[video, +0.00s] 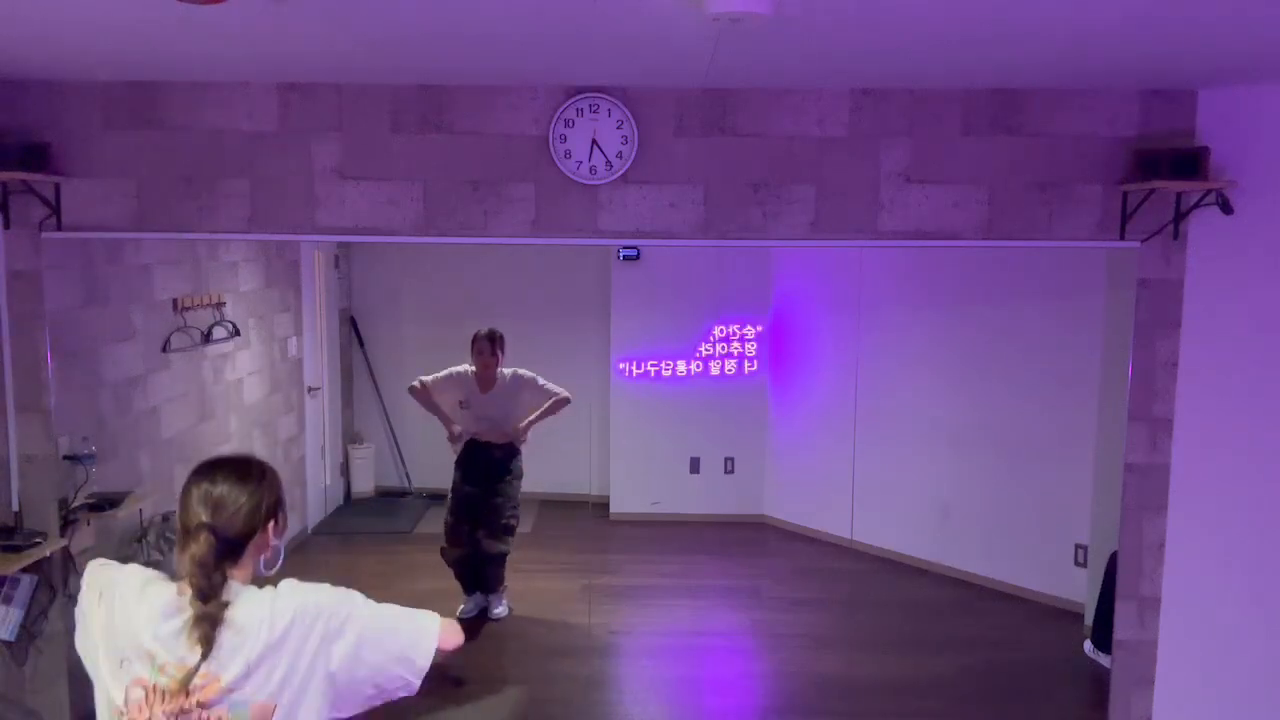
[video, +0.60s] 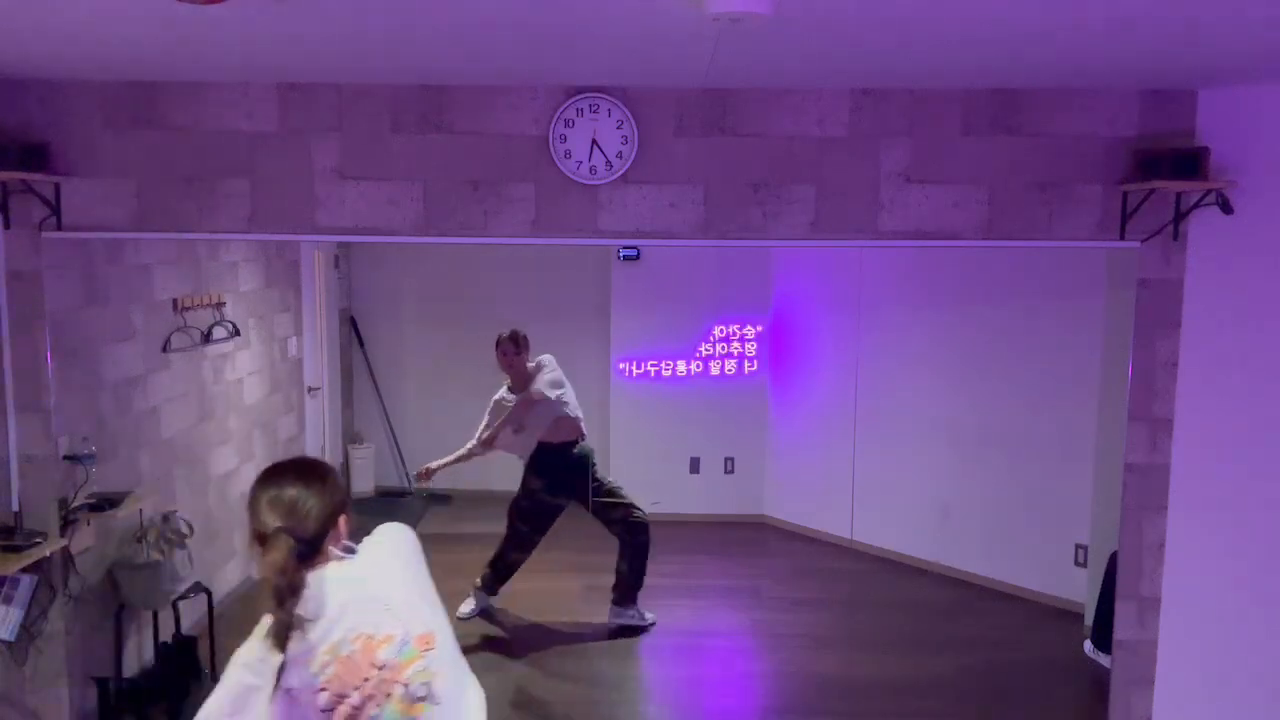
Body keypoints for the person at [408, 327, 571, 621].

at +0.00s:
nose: (485, 360)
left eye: (490, 354)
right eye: (479, 354)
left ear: (501, 356)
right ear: (472, 356)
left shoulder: (518, 380)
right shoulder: (460, 377)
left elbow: (562, 398)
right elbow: (417, 388)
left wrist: (526, 424)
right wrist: (448, 424)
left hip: (504, 458)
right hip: (470, 457)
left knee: (498, 529)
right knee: (457, 531)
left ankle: (495, 594)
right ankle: (473, 594)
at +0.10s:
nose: (487, 340)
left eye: (493, 335)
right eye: (480, 334)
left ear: (501, 338)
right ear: (471, 337)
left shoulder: (518, 372)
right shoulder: (457, 370)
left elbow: (551, 411)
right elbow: (422, 406)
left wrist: (525, 450)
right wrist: (452, 447)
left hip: (508, 455)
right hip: (472, 454)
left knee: (497, 529)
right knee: (461, 530)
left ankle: (496, 591)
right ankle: (473, 593)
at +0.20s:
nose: (484, 337)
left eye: (490, 332)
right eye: (477, 332)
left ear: (498, 337)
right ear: (468, 337)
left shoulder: (516, 372)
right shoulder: (455, 377)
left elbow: (530, 425)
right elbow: (442, 428)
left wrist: (523, 468)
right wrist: (452, 472)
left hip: (514, 449)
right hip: (477, 451)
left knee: (517, 528)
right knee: (465, 530)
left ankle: (501, 581)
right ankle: (475, 592)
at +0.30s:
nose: (479, 348)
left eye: (486, 343)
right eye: (473, 342)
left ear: (494, 348)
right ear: (464, 347)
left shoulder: (511, 376)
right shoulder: (454, 392)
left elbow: (517, 429)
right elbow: (456, 447)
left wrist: (512, 475)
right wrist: (454, 487)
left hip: (522, 452)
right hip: (486, 458)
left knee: (556, 529)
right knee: (465, 538)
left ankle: (515, 574)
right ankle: (477, 594)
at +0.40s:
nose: (477, 358)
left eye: (483, 353)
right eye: (472, 352)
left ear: (494, 356)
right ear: (465, 357)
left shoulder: (511, 377)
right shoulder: (461, 401)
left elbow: (516, 429)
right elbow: (462, 453)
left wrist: (499, 476)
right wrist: (447, 485)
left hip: (531, 462)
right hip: (496, 468)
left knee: (592, 524)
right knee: (478, 531)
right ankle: (477, 597)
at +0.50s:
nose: (488, 362)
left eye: (493, 355)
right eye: (482, 356)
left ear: (506, 357)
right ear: (476, 360)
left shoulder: (524, 372)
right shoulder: (478, 404)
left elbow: (520, 416)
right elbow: (466, 455)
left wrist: (489, 458)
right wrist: (435, 483)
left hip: (553, 468)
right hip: (517, 474)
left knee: (615, 523)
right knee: (497, 534)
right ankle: (479, 597)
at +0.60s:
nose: (509, 360)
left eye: (515, 353)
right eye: (504, 354)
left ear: (527, 354)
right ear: (497, 359)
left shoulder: (548, 367)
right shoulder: (502, 402)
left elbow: (534, 397)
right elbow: (478, 446)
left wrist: (498, 430)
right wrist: (437, 466)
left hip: (578, 464)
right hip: (543, 468)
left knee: (635, 525)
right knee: (520, 537)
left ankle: (624, 607)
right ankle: (482, 595)